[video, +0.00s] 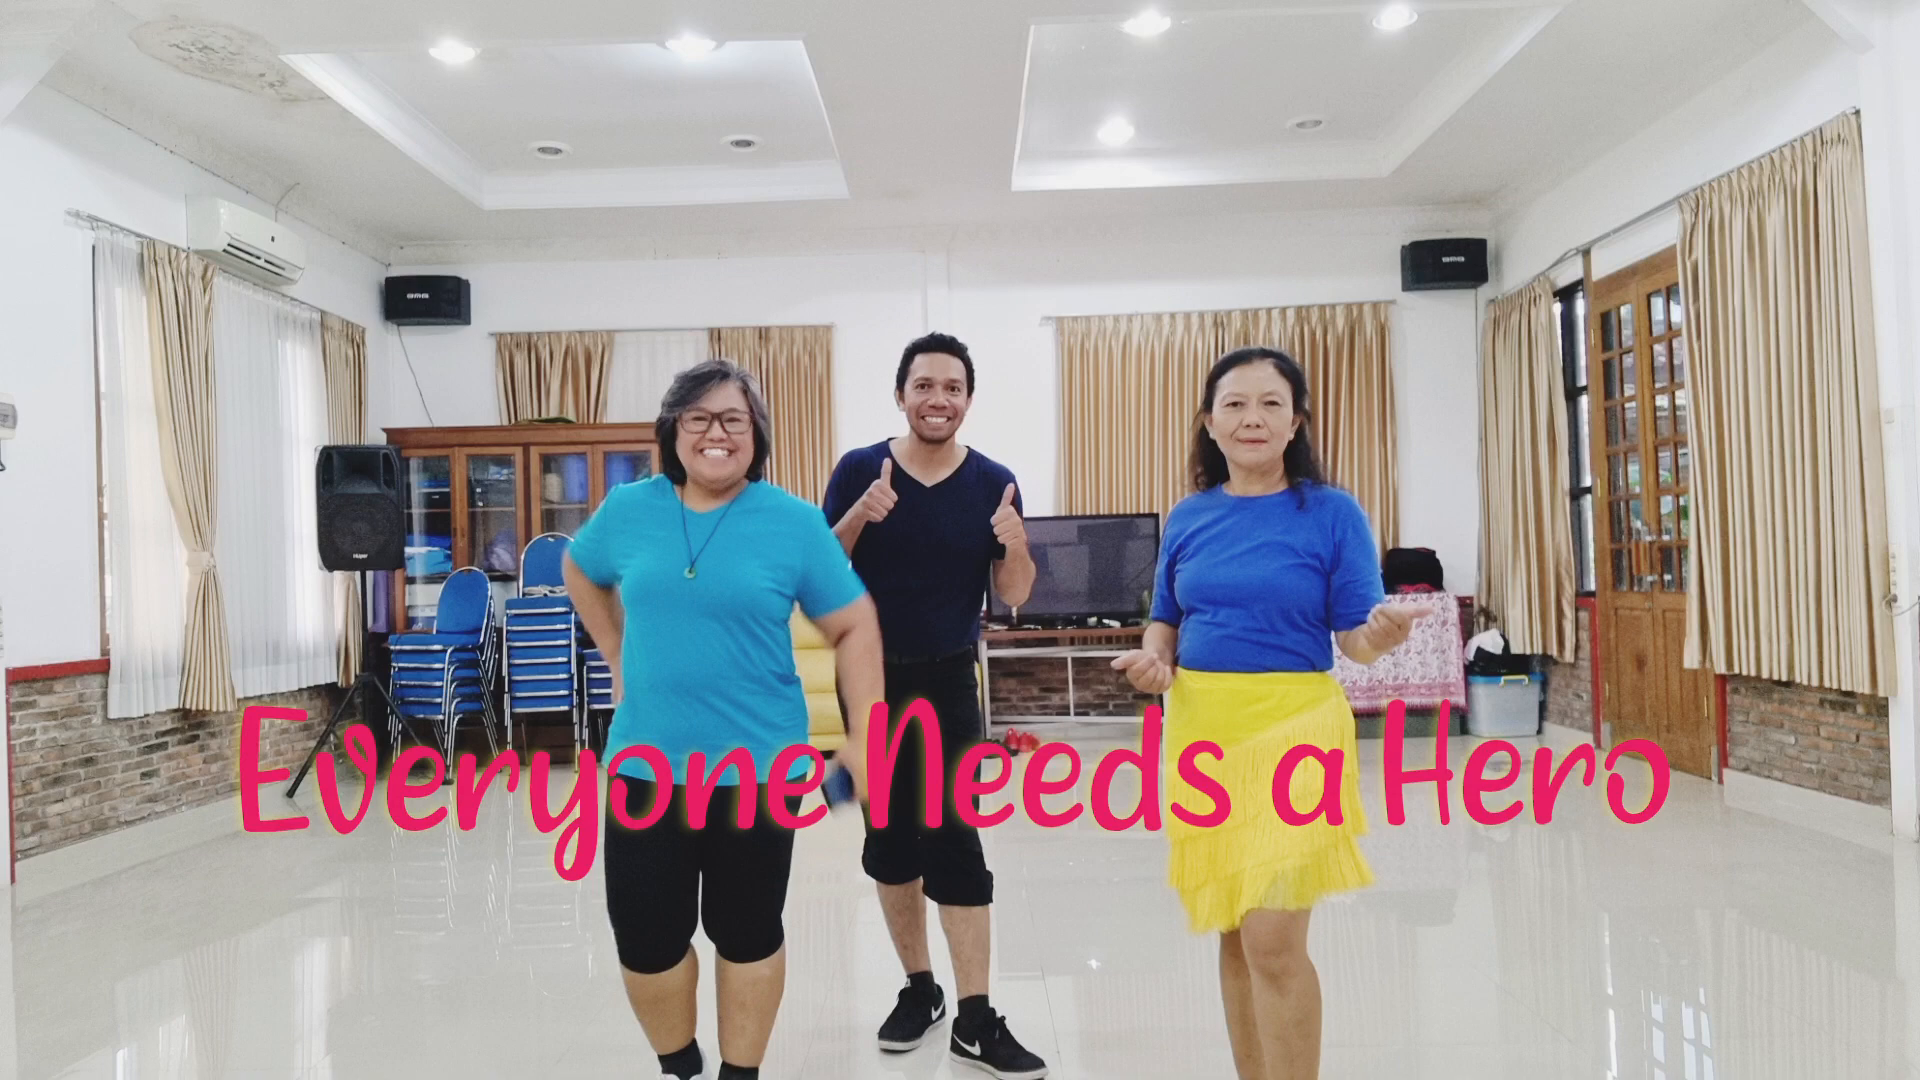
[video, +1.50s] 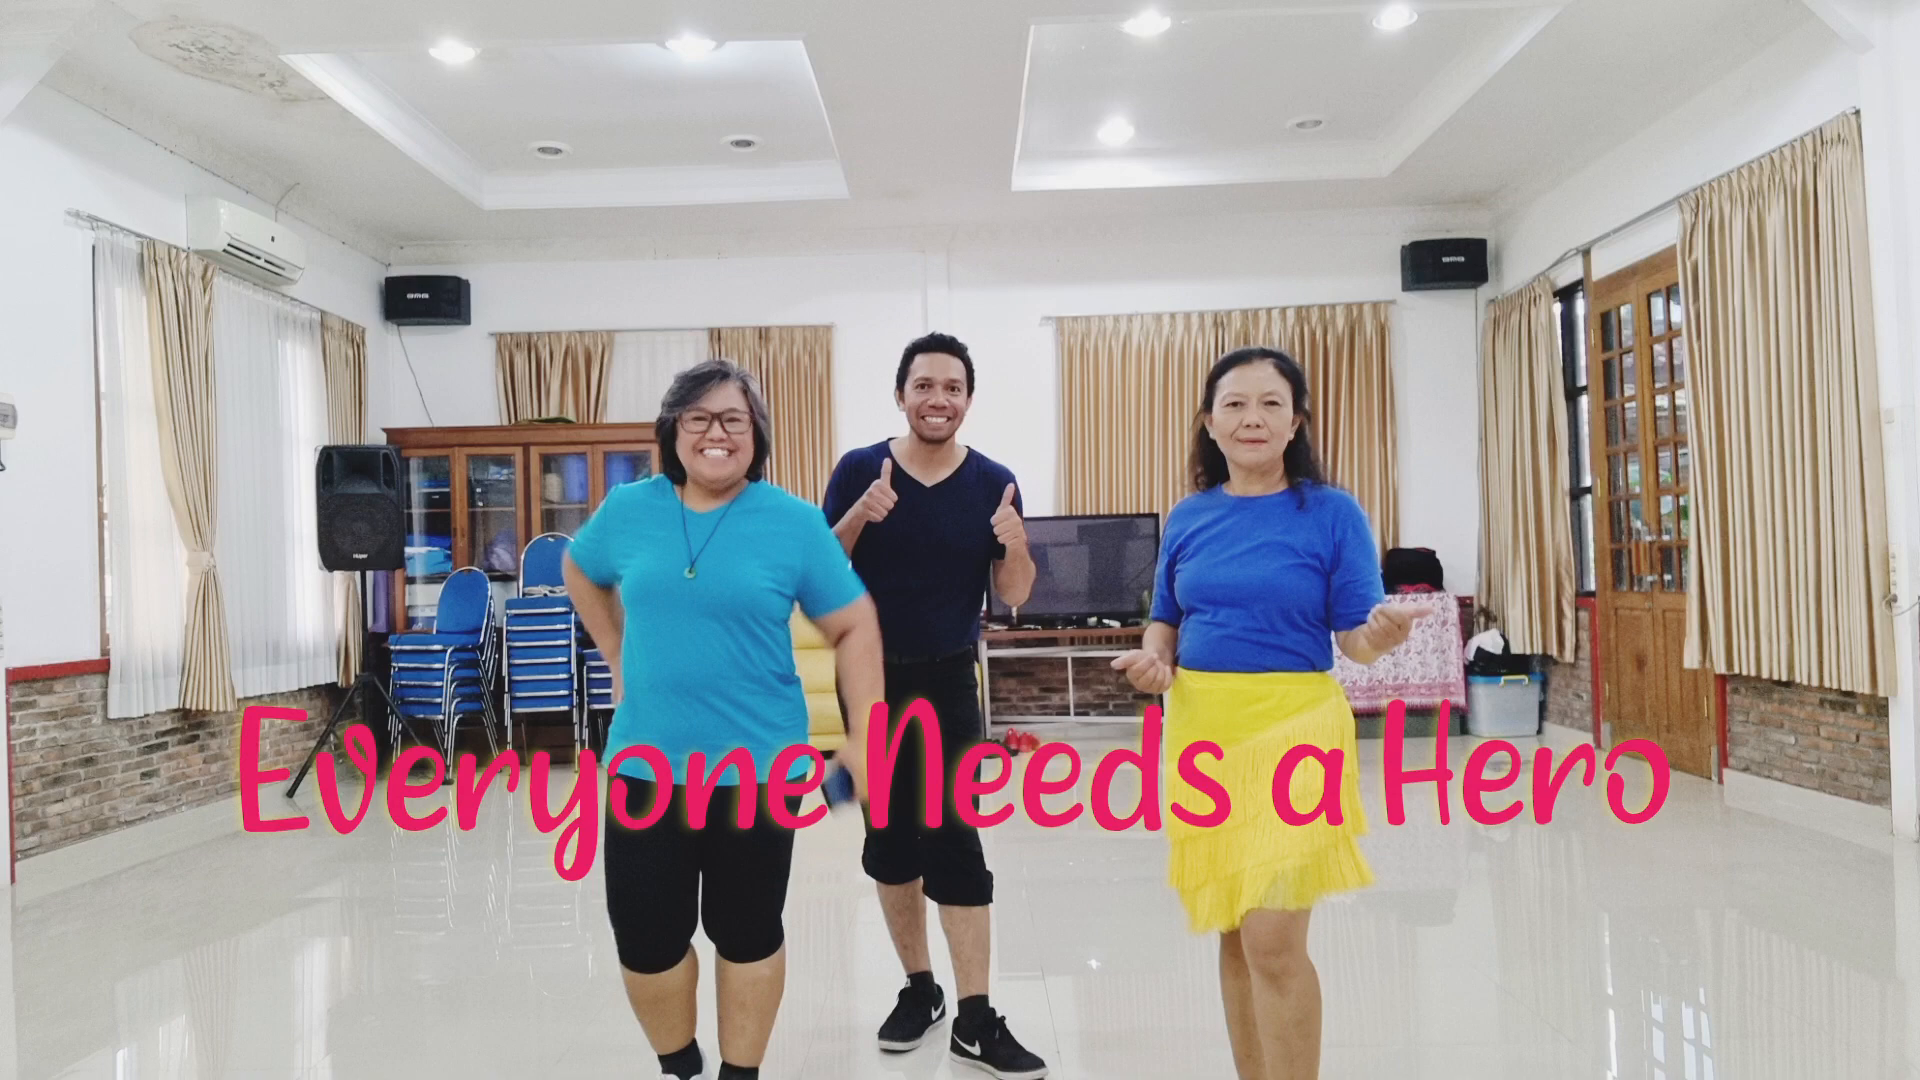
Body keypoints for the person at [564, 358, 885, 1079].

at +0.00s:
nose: (720, 432)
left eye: (736, 420)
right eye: (702, 420)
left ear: (756, 436)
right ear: (672, 434)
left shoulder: (795, 523)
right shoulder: (627, 509)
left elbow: (856, 626)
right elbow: (580, 570)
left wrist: (865, 738)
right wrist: (625, 663)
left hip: (758, 768)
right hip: (645, 764)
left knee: (746, 932)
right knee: (646, 938)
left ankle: (739, 1076)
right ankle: (680, 1069)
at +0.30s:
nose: (720, 432)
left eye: (736, 420)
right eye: (702, 420)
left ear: (756, 436)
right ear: (672, 434)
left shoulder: (795, 523)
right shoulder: (627, 509)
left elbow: (856, 626)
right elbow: (580, 570)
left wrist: (865, 738)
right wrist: (625, 663)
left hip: (758, 768)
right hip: (645, 764)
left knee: (746, 932)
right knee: (646, 938)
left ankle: (739, 1076)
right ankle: (680, 1069)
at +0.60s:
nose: (720, 432)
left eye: (736, 420)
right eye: (702, 420)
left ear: (756, 436)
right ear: (672, 434)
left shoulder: (795, 523)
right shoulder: (627, 509)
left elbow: (856, 626)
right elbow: (580, 570)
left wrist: (865, 738)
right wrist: (625, 663)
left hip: (758, 768)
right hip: (645, 764)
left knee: (746, 932)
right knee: (646, 938)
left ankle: (739, 1076)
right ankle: (680, 1069)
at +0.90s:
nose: (720, 432)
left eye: (736, 420)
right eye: (702, 420)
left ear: (756, 436)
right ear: (672, 434)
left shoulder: (795, 523)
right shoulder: (627, 509)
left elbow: (856, 626)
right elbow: (580, 570)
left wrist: (865, 738)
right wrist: (625, 663)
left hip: (758, 768)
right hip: (645, 764)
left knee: (746, 932)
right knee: (646, 938)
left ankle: (739, 1076)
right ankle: (680, 1069)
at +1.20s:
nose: (720, 432)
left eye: (736, 420)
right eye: (702, 420)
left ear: (756, 436)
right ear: (672, 434)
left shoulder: (795, 523)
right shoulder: (627, 509)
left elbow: (856, 626)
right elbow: (580, 570)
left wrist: (865, 738)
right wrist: (625, 663)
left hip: (758, 768)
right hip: (645, 764)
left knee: (746, 932)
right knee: (646, 938)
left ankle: (739, 1076)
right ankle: (680, 1069)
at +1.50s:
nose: (720, 432)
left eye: (736, 420)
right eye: (702, 420)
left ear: (756, 436)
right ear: (672, 434)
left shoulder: (795, 523)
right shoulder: (627, 509)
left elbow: (856, 626)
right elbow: (580, 570)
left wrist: (865, 738)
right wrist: (625, 663)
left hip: (758, 768)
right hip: (645, 764)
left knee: (746, 932)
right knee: (646, 938)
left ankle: (739, 1076)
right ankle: (680, 1069)